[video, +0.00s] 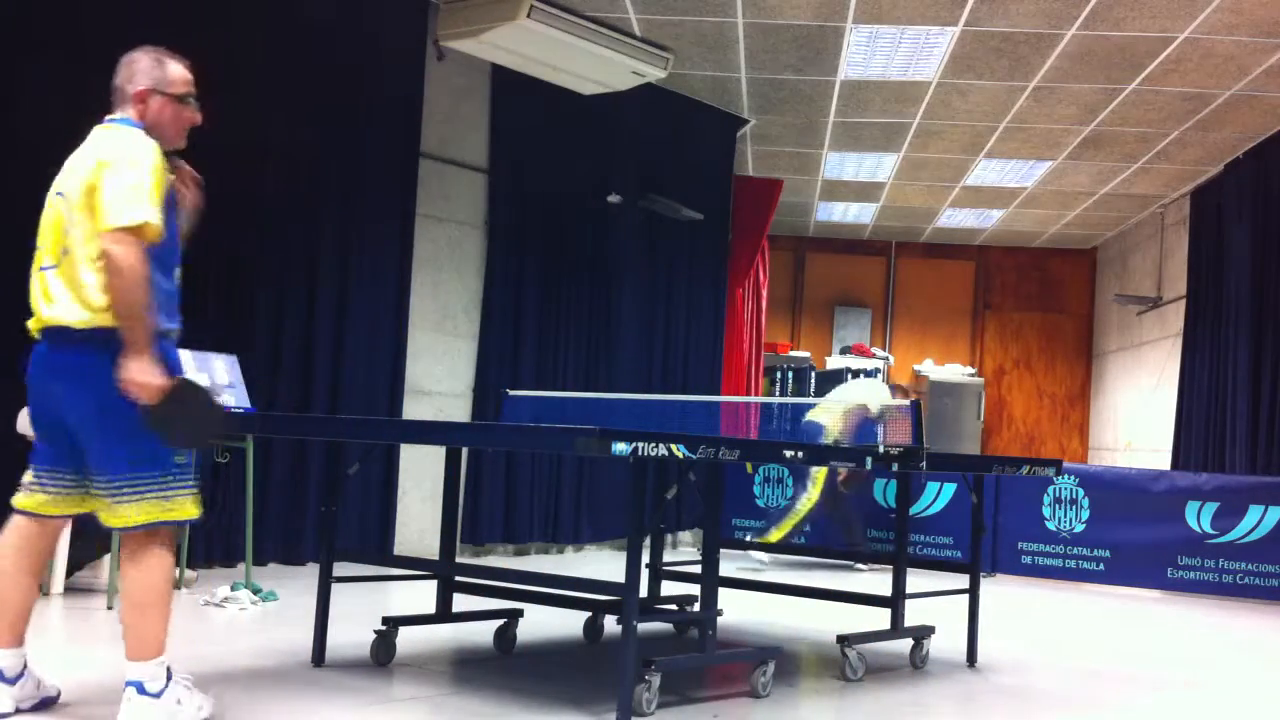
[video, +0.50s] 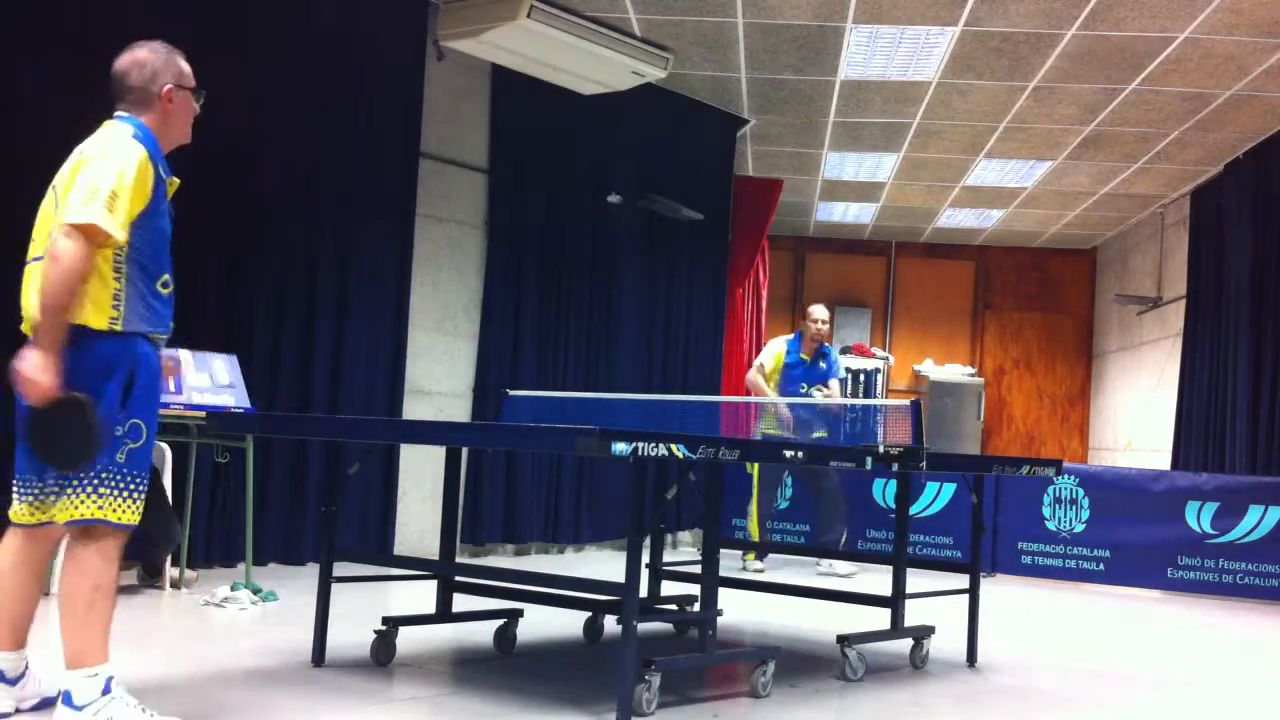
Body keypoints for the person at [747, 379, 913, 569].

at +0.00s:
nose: (895, 410)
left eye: (899, 407)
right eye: (899, 405)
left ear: (893, 389)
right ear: (898, 394)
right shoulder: (881, 392)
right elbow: (850, 421)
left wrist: (845, 465)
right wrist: (845, 463)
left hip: (811, 425)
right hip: (824, 429)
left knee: (838, 498)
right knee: (813, 494)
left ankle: (859, 554)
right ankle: (762, 543)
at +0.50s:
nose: (820, 327)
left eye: (825, 322)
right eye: (815, 321)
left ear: (830, 327)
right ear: (803, 323)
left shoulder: (830, 356)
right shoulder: (780, 346)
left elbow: (836, 400)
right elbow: (753, 377)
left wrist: (828, 397)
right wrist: (777, 404)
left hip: (812, 436)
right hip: (773, 433)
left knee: (829, 488)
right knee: (764, 490)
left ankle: (829, 556)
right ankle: (754, 553)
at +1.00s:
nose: (828, 316)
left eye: (833, 311)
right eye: (823, 310)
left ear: (841, 316)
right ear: (813, 314)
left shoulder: (849, 350)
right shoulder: (792, 342)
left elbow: (856, 391)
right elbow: (770, 384)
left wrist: (850, 430)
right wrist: (757, 427)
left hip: (833, 439)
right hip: (792, 436)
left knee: (826, 499)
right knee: (784, 494)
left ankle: (811, 563)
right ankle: (771, 547)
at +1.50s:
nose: (834, 304)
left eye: (839, 298)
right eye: (827, 298)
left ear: (847, 302)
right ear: (817, 303)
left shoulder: (866, 334)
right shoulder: (801, 339)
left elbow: (883, 374)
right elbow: (784, 389)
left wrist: (880, 414)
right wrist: (768, 436)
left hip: (854, 439)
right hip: (810, 437)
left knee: (866, 501)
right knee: (812, 504)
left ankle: (834, 551)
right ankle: (818, 570)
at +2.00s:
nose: (862, 293)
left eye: (870, 287)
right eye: (857, 287)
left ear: (883, 292)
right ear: (849, 292)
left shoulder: (902, 330)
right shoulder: (831, 331)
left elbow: (918, 375)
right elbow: (809, 379)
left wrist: (915, 418)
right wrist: (830, 397)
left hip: (888, 441)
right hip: (840, 440)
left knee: (883, 514)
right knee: (829, 509)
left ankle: (872, 592)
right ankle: (820, 566)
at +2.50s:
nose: (873, 291)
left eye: (881, 283)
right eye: (867, 284)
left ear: (899, 287)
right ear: (862, 289)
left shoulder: (928, 320)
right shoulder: (854, 333)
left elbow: (967, 364)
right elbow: (838, 383)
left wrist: (954, 409)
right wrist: (833, 409)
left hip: (925, 441)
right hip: (872, 443)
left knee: (948, 503)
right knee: (862, 520)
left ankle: (922, 572)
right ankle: (865, 606)